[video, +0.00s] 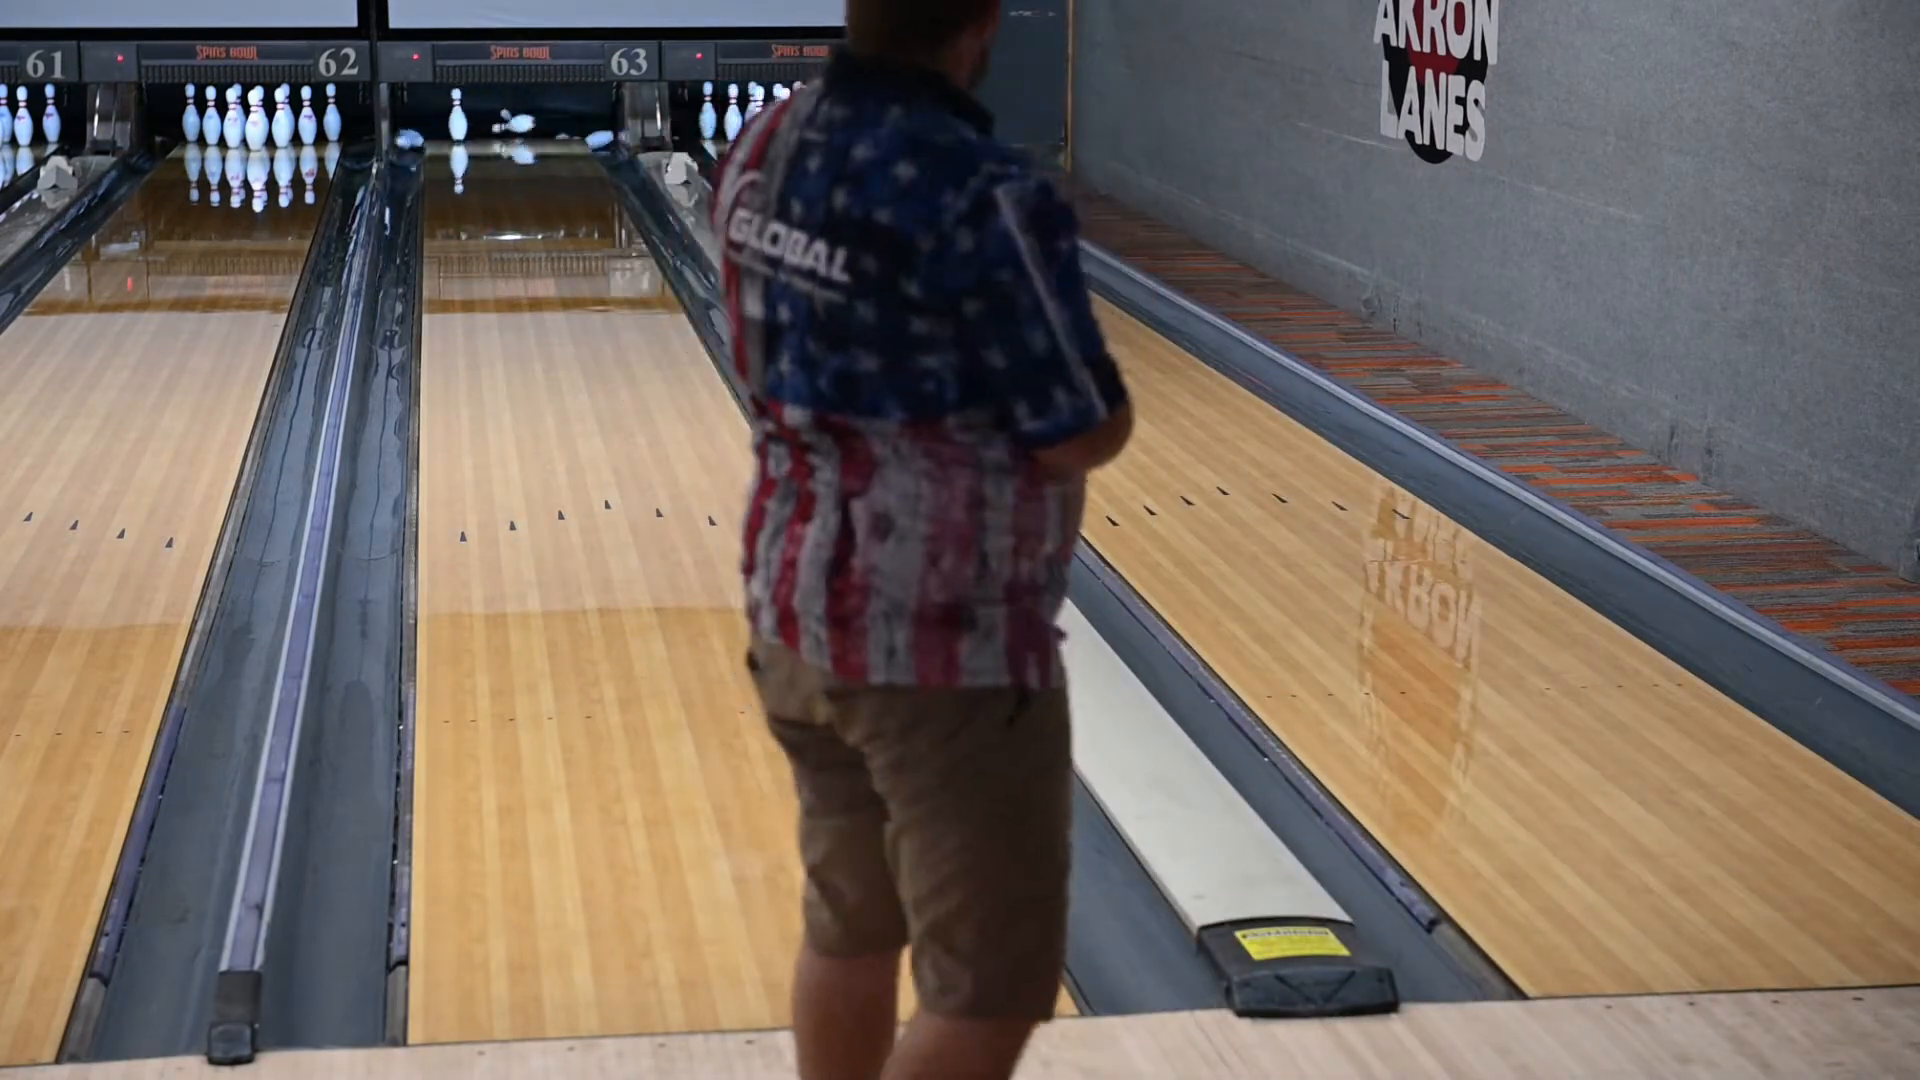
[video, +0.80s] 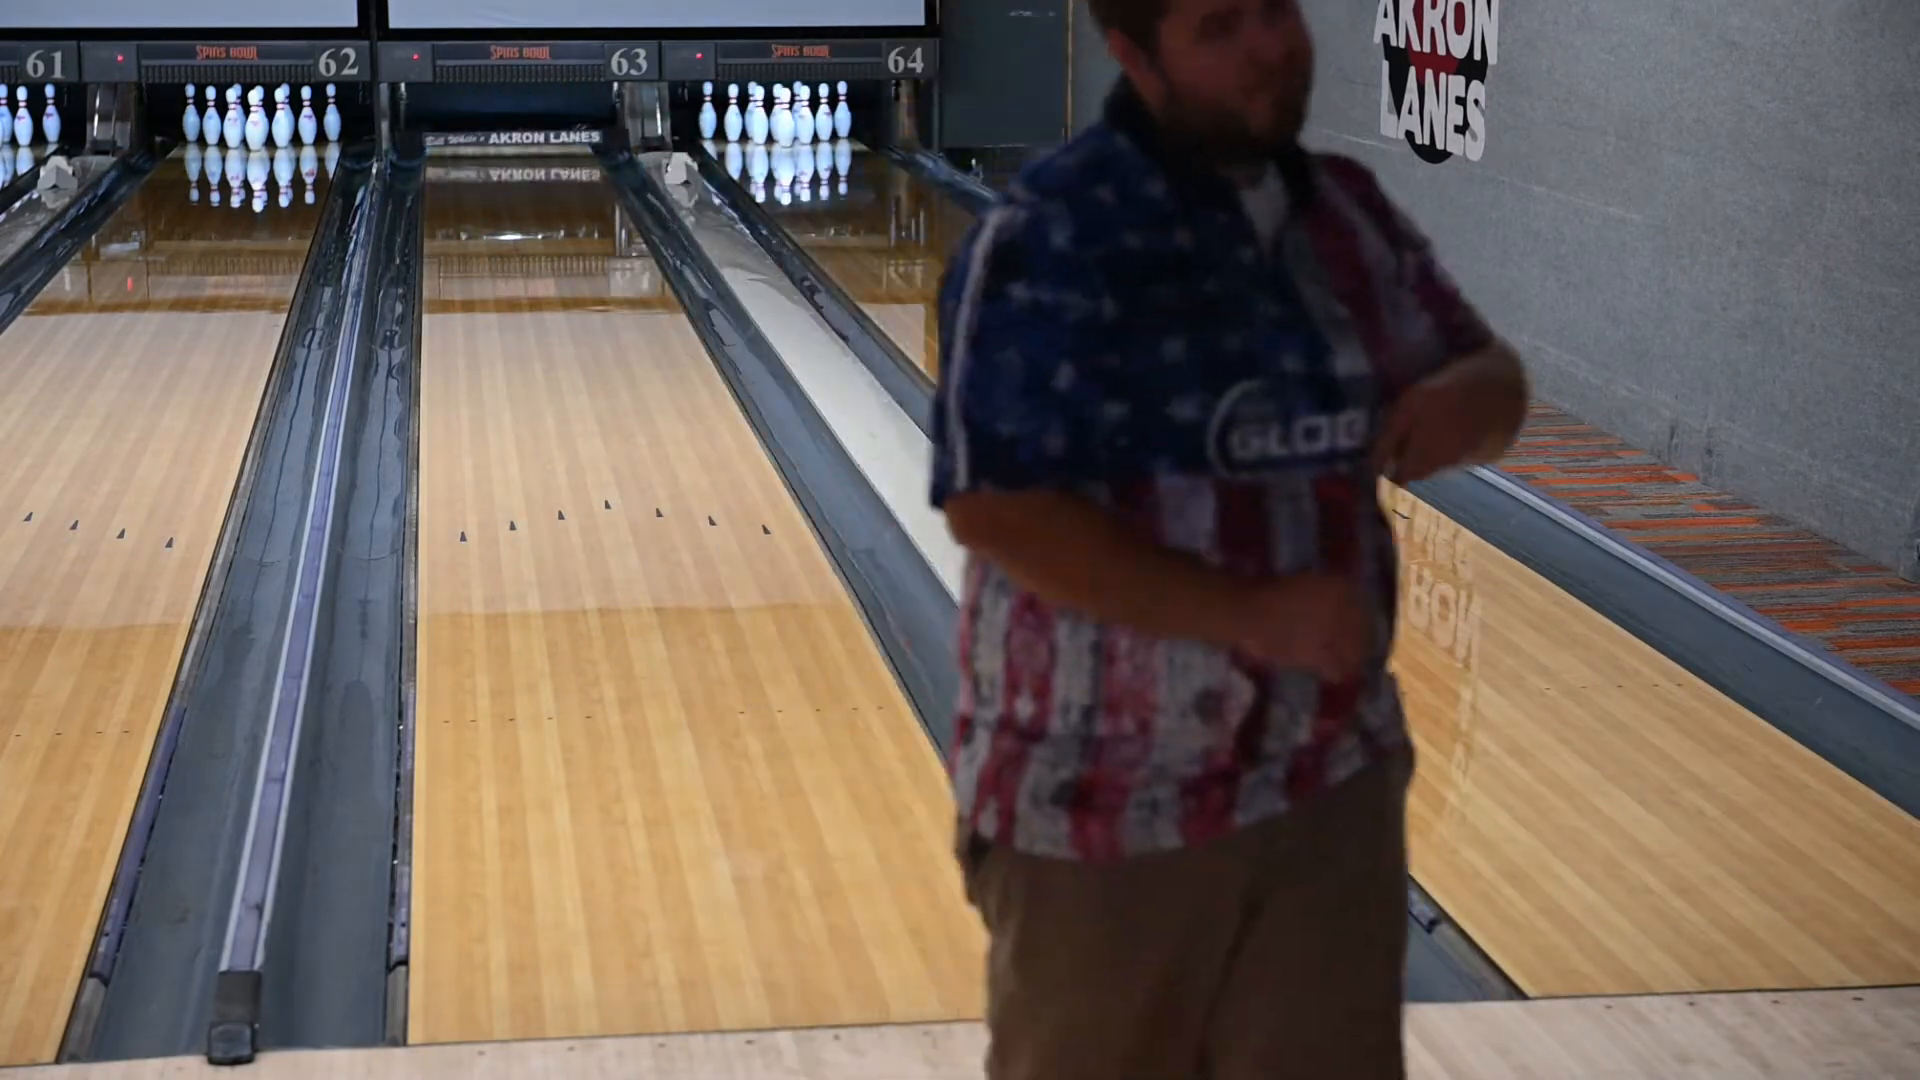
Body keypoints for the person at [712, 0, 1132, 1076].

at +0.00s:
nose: (994, 38)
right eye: (995, 23)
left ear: (851, 20)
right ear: (980, 28)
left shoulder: (761, 152)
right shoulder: (984, 191)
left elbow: (764, 383)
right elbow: (1079, 437)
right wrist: (1112, 386)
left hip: (794, 616)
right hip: (950, 639)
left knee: (847, 934)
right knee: (987, 990)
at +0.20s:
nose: (1058, 47)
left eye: (1055, 25)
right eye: (1049, 24)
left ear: (923, 30)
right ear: (999, 37)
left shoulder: (862, 158)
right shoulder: (971, 202)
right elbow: (1078, 452)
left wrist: (1108, 381)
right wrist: (1152, 403)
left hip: (895, 648)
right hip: (971, 673)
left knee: (935, 1017)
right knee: (971, 1035)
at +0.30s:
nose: (1098, 25)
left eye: (1091, 7)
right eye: (1077, 7)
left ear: (988, 32)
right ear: (991, 29)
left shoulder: (968, 155)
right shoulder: (949, 181)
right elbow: (1075, 443)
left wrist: (1152, 382)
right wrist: (1180, 399)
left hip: (1045, 672)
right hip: (960, 694)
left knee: (1064, 983)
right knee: (949, 1045)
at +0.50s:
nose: (1151, 20)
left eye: (1142, 0)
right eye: (1115, 4)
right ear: (1009, 29)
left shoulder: (1118, 159)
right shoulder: (941, 191)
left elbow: (1138, 379)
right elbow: (1038, 466)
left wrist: (1233, 398)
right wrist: (1229, 439)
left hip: (1152, 717)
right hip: (976, 740)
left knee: (1180, 1050)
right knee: (930, 1057)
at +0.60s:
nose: (1184, 38)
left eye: (1182, 8)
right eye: (1139, 17)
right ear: (1039, 46)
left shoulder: (1195, 183)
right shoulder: (969, 214)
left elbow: (1240, 383)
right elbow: (1019, 493)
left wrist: (1305, 414)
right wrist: (1256, 483)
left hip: (1202, 753)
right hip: (1003, 774)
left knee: (1206, 1063)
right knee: (951, 1063)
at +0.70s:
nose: (1232, 52)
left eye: (1233, 16)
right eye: (1182, 30)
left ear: (1252, 17)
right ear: (1081, 57)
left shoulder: (1271, 203)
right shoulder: (1006, 233)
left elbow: (1354, 375)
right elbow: (1005, 508)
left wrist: (1389, 400)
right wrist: (1264, 549)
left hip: (1266, 784)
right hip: (1047, 800)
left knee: (1258, 1065)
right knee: (997, 1067)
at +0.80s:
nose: (1278, 43)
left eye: (1280, 9)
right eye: (1225, 25)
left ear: (1306, 10)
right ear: (1131, 52)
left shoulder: (1342, 203)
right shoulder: (1046, 232)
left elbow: (1492, 376)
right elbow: (993, 501)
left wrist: (1459, 408)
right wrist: (1246, 613)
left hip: (1331, 790)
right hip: (1101, 814)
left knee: (1334, 1064)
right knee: (1086, 1065)